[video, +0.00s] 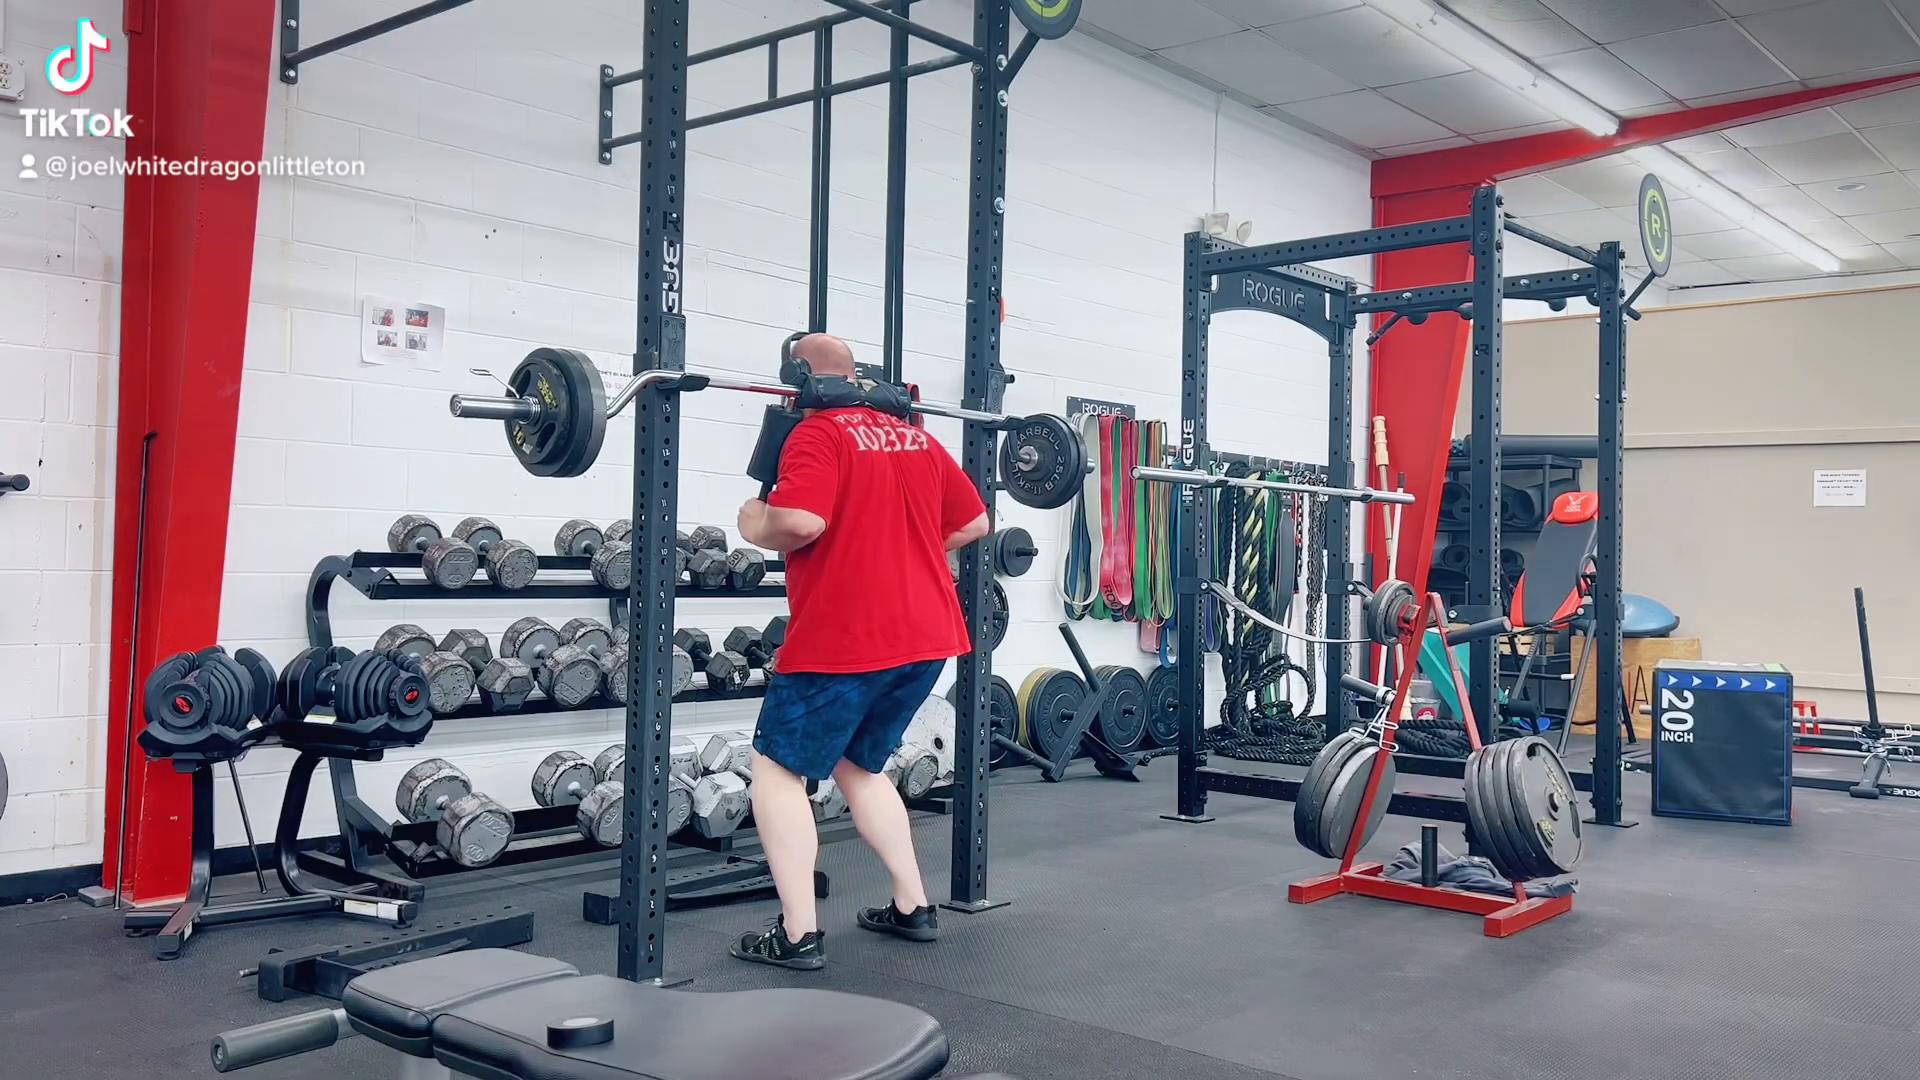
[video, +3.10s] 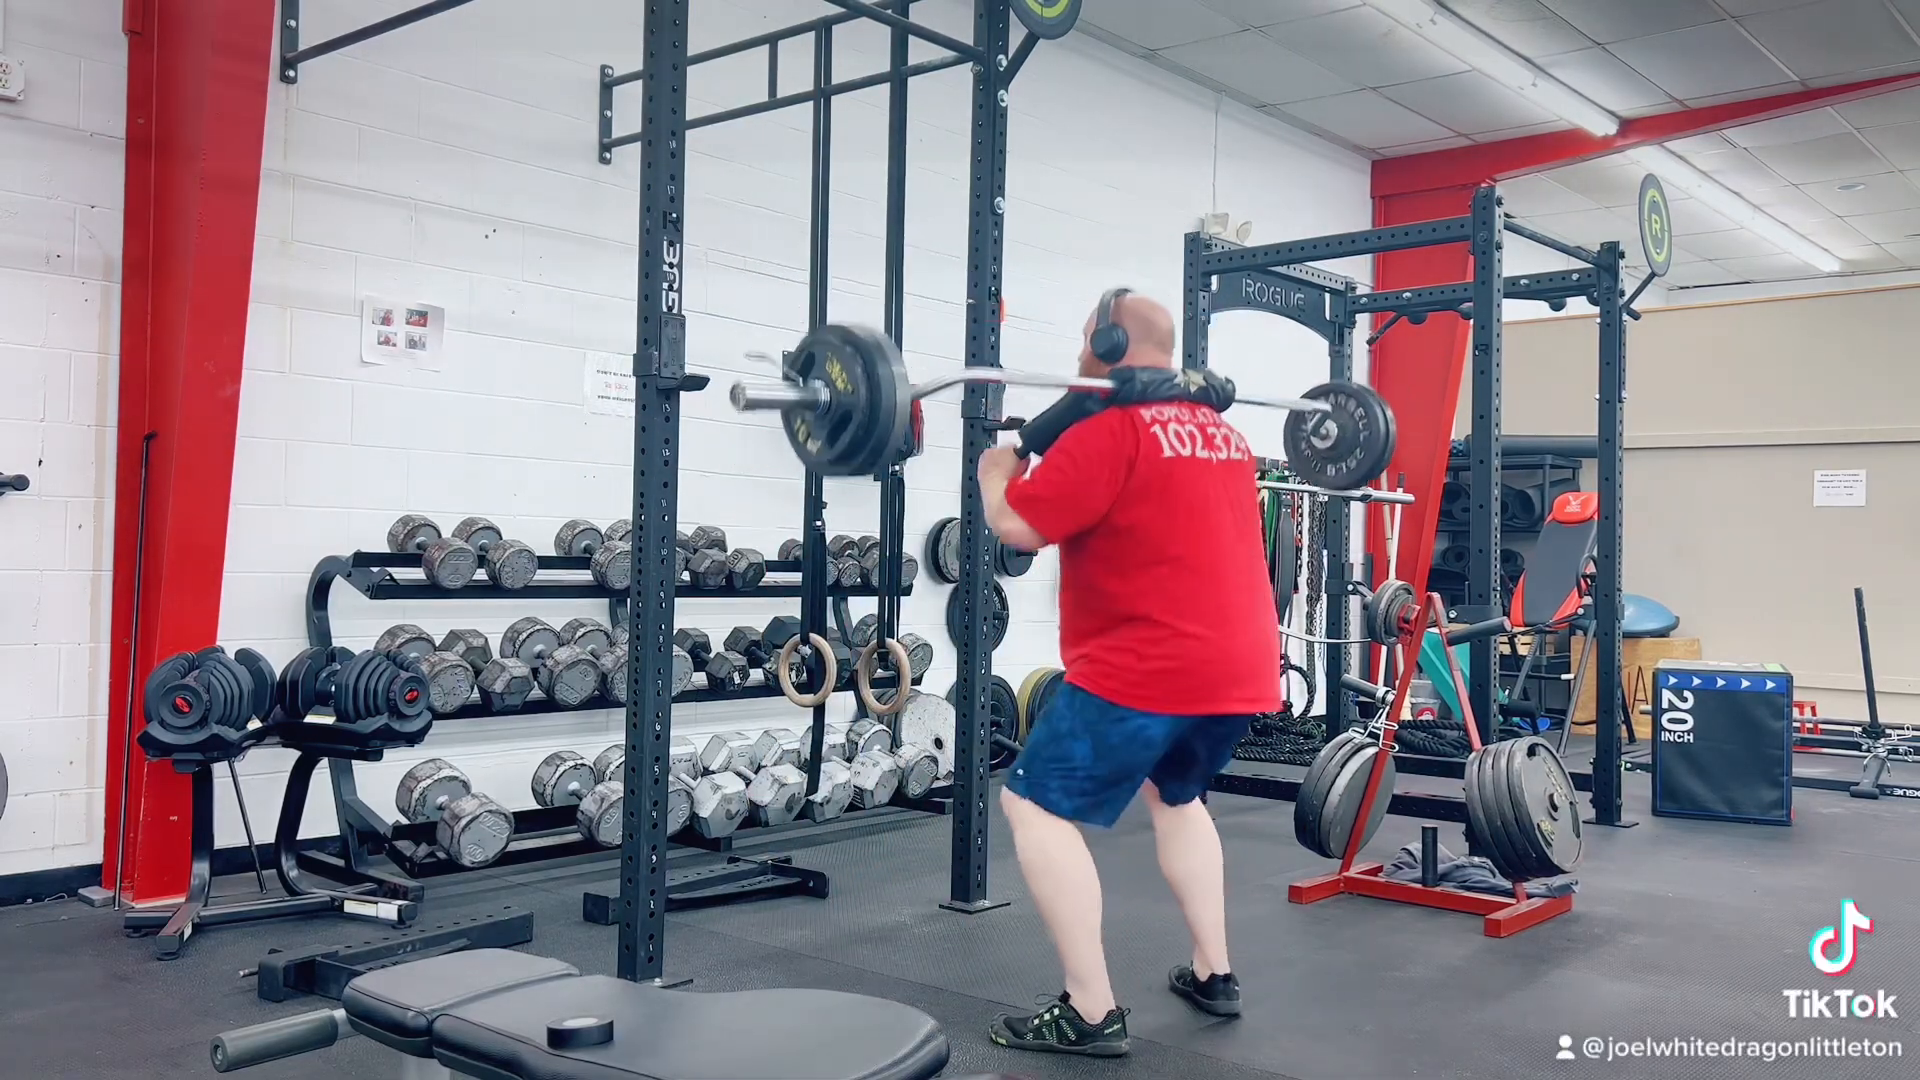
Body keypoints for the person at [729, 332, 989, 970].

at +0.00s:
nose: (786, 394)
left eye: (786, 381)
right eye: (788, 380)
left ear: (799, 383)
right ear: (854, 375)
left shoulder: (818, 432)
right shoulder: (912, 433)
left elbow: (802, 521)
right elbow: (973, 521)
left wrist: (756, 522)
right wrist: (909, 545)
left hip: (846, 631)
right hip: (928, 632)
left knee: (777, 765)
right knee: (859, 763)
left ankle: (800, 933)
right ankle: (913, 906)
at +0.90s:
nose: (867, 323)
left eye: (868, 314)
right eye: (870, 313)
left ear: (883, 316)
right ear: (939, 312)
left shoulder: (890, 378)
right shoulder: (985, 382)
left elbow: (850, 472)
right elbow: (1017, 480)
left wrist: (810, 441)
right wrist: (944, 486)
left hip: (877, 596)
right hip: (954, 599)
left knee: (844, 744)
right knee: (917, 738)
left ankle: (863, 921)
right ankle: (914, 906)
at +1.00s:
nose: (887, 322)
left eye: (889, 312)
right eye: (891, 309)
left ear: (905, 318)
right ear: (965, 317)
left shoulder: (914, 383)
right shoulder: (1009, 390)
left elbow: (872, 477)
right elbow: (1041, 487)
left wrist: (830, 444)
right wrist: (967, 480)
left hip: (907, 605)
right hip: (977, 603)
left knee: (894, 759)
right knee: (931, 756)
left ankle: (962, 924)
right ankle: (912, 901)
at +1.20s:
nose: (934, 317)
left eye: (936, 304)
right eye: (935, 304)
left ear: (957, 301)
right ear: (1010, 296)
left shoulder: (975, 365)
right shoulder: (1073, 377)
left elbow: (939, 459)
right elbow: (1112, 482)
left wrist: (890, 445)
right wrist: (1034, 489)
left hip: (974, 602)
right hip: (1045, 602)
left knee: (964, 768)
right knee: (997, 752)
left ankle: (987, 971)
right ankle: (1030, 920)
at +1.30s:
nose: (972, 310)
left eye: (975, 297)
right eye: (974, 297)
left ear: (998, 294)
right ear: (1050, 291)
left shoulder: (1014, 361)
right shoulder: (1112, 374)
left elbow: (974, 460)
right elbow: (1148, 483)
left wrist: (919, 433)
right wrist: (1067, 494)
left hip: (1003, 607)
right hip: (1085, 607)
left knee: (984, 775)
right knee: (1067, 763)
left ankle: (989, 971)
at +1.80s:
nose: (1051, 296)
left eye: (1053, 283)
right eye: (1051, 284)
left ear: (1075, 277)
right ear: (1133, 270)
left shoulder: (1097, 341)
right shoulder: (1207, 353)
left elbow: (1064, 444)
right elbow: (1242, 467)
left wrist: (1001, 428)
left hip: (1115, 604)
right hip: (1200, 600)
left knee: (1113, 797)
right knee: (1174, 778)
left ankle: (1109, 1013)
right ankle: (1186, 960)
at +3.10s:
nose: (1078, 358)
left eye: (1083, 345)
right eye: (1082, 344)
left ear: (1103, 352)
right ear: (1167, 352)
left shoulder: (1112, 429)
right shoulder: (1223, 430)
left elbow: (1015, 526)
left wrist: (994, 471)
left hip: (1142, 667)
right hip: (1243, 669)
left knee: (1034, 799)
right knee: (1176, 792)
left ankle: (1091, 1007)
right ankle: (1215, 974)